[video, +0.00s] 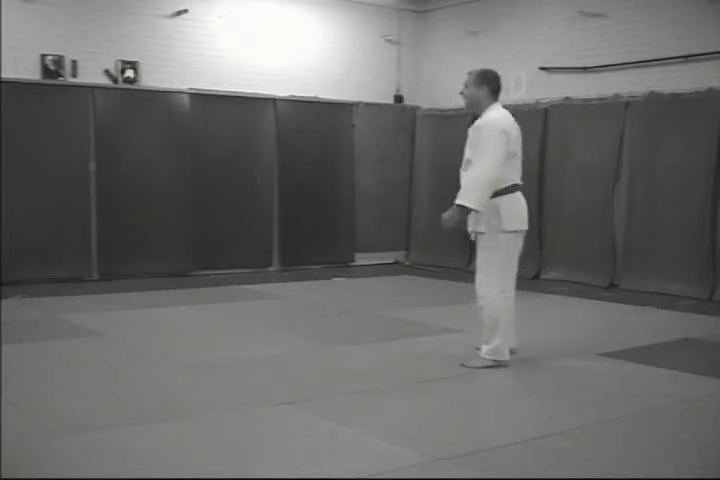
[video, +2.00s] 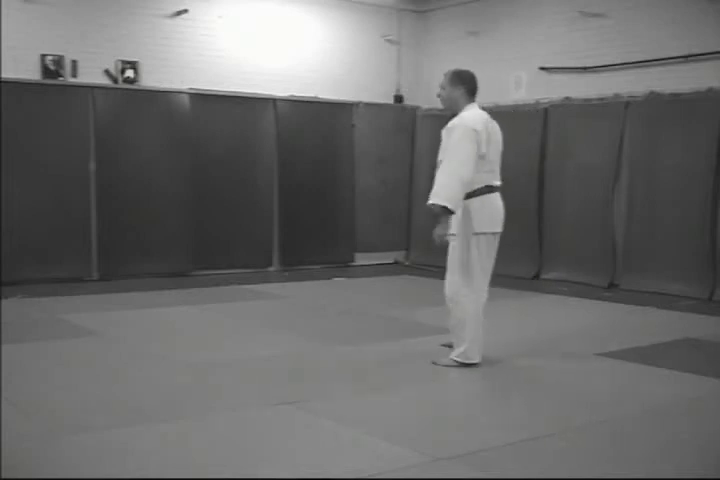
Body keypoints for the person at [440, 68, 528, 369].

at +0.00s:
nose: (462, 93)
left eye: (467, 88)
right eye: (463, 88)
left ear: (485, 91)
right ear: (488, 92)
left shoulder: (491, 124)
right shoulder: (499, 121)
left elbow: (484, 171)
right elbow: (490, 171)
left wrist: (459, 208)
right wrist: (468, 209)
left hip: (497, 211)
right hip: (504, 208)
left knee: (491, 283)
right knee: (498, 281)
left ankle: (495, 352)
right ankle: (503, 343)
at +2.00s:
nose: (439, 94)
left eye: (444, 88)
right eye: (440, 88)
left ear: (461, 92)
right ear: (467, 93)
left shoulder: (464, 125)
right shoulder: (487, 122)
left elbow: (455, 171)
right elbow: (485, 171)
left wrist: (444, 216)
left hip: (472, 209)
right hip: (489, 206)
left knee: (462, 282)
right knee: (473, 280)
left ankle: (467, 352)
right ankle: (466, 340)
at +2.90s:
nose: (418, 122)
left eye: (423, 116)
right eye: (419, 116)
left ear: (440, 120)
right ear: (442, 121)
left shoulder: (453, 150)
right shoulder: (455, 146)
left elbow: (447, 199)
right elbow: (449, 200)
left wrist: (424, 243)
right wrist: (428, 236)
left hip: (485, 229)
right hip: (472, 228)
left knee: (459, 290)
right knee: (440, 273)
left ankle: (490, 352)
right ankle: (447, 337)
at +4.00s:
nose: (387, 153)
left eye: (391, 147)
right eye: (389, 147)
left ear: (407, 147)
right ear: (415, 148)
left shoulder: (426, 173)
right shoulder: (443, 163)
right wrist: (448, 253)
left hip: (488, 230)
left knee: (443, 288)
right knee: (433, 276)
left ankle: (473, 353)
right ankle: (454, 335)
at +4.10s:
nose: (389, 160)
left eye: (383, 153)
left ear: (392, 142)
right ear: (417, 143)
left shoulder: (426, 170)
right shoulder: (448, 161)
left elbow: (436, 192)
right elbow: (482, 188)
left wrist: (397, 171)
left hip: (472, 240)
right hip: (487, 233)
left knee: (436, 301)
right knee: (433, 275)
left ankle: (473, 354)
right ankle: (449, 333)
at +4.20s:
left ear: (413, 126)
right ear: (435, 125)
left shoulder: (412, 148)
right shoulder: (449, 146)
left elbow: (375, 130)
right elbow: (433, 124)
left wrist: (367, 103)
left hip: (464, 227)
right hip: (487, 222)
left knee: (433, 295)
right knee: (446, 287)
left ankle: (472, 348)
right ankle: (457, 334)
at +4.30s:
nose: (405, 124)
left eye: (406, 121)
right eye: (406, 120)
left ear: (413, 126)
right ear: (429, 124)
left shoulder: (410, 143)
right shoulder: (444, 145)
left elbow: (375, 124)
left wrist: (368, 106)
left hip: (472, 219)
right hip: (498, 214)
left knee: (439, 288)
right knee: (503, 275)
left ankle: (466, 351)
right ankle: (516, 332)